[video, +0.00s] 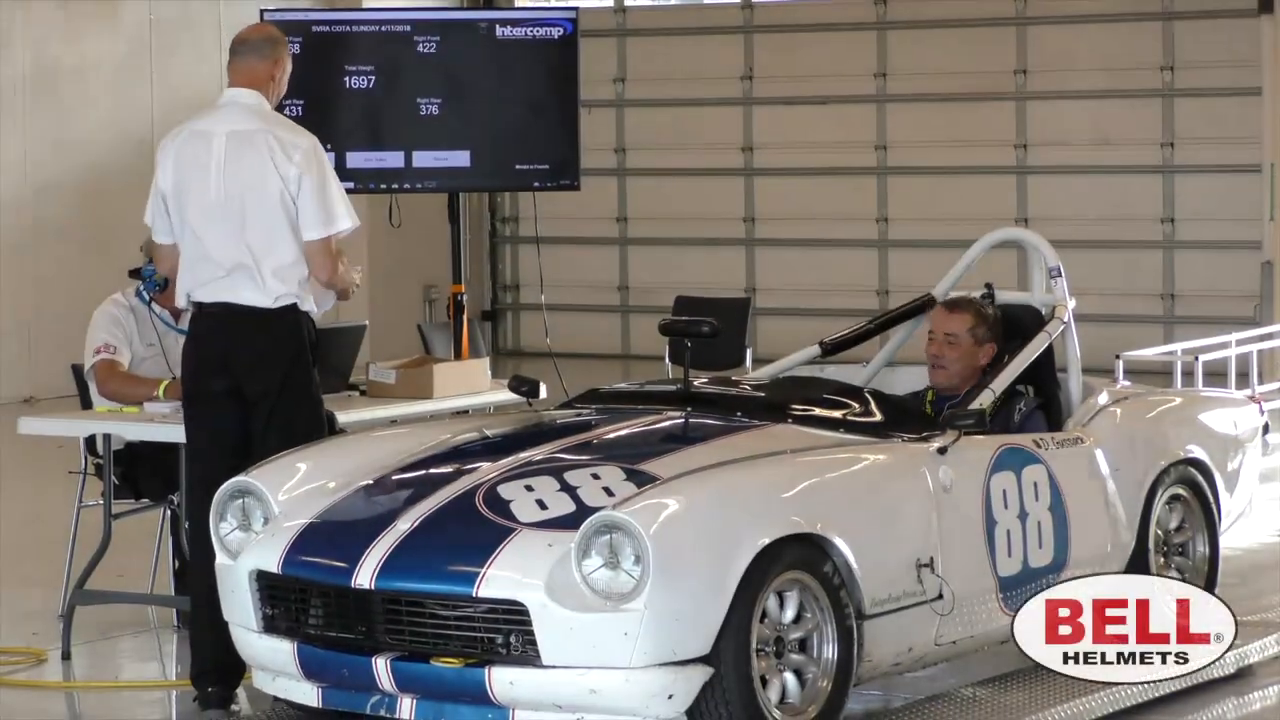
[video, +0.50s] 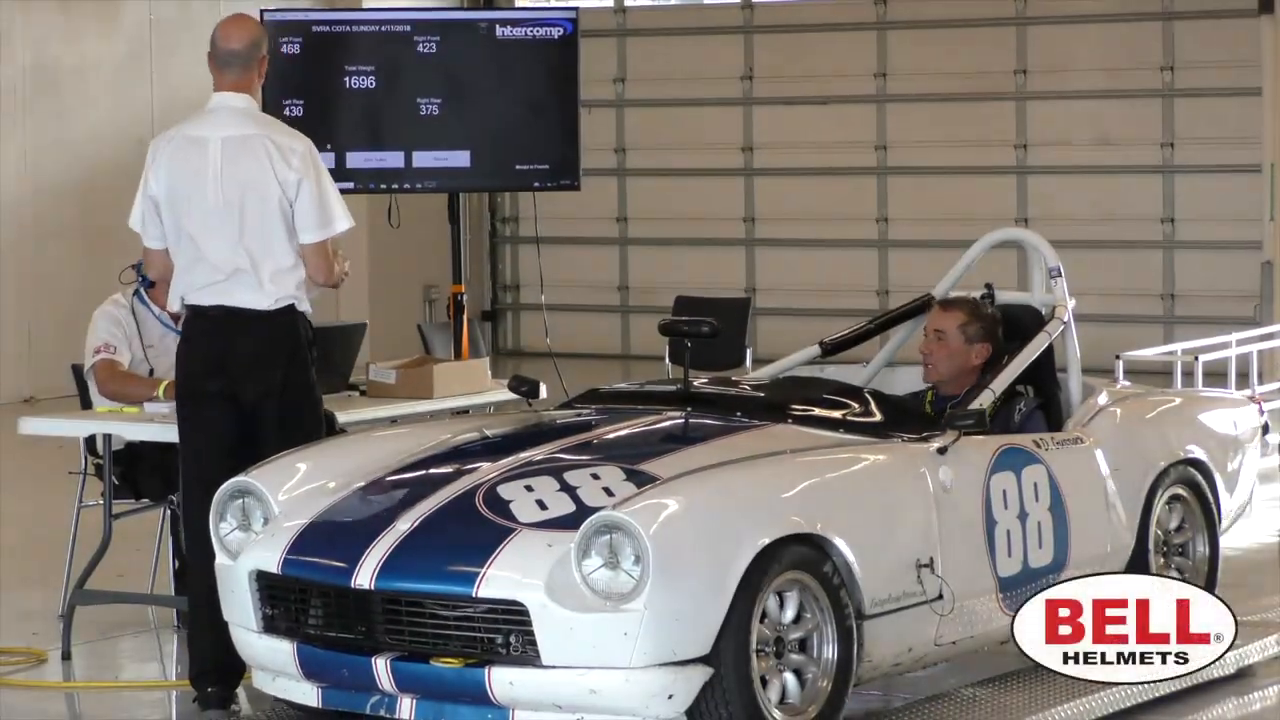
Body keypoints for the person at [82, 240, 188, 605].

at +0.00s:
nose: (182, 290)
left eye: (186, 277)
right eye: (171, 279)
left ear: (196, 274)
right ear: (150, 275)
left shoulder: (203, 312)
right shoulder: (117, 312)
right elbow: (109, 382)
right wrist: (172, 388)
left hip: (197, 439)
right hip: (137, 444)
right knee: (195, 482)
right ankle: (192, 600)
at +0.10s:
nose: (183, 288)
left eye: (188, 277)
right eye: (175, 279)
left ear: (199, 274)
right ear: (151, 274)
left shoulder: (205, 314)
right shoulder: (117, 312)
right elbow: (108, 382)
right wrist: (171, 388)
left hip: (199, 439)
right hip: (138, 445)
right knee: (194, 480)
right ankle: (192, 600)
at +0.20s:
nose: (179, 294)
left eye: (185, 283)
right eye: (172, 283)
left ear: (197, 277)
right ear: (148, 274)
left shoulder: (205, 313)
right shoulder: (118, 312)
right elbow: (107, 381)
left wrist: (209, 383)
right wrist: (170, 388)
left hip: (199, 439)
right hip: (136, 443)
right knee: (193, 483)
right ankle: (192, 600)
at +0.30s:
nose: (180, 294)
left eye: (186, 283)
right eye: (173, 283)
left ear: (197, 277)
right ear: (148, 275)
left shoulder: (204, 313)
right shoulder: (117, 312)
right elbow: (107, 380)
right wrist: (175, 389)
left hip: (200, 441)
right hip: (138, 445)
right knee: (194, 482)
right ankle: (191, 601)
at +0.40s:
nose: (178, 292)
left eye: (183, 281)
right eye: (170, 282)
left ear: (196, 276)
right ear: (149, 277)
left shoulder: (207, 312)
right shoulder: (117, 312)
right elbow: (106, 379)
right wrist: (170, 388)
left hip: (203, 441)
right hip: (141, 444)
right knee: (195, 482)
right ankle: (193, 601)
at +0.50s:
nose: (181, 260)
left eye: (184, 251)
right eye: (172, 251)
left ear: (194, 261)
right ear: (152, 263)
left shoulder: (206, 310)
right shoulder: (117, 313)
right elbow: (107, 380)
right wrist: (169, 388)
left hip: (201, 439)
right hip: (140, 443)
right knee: (194, 482)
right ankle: (193, 610)